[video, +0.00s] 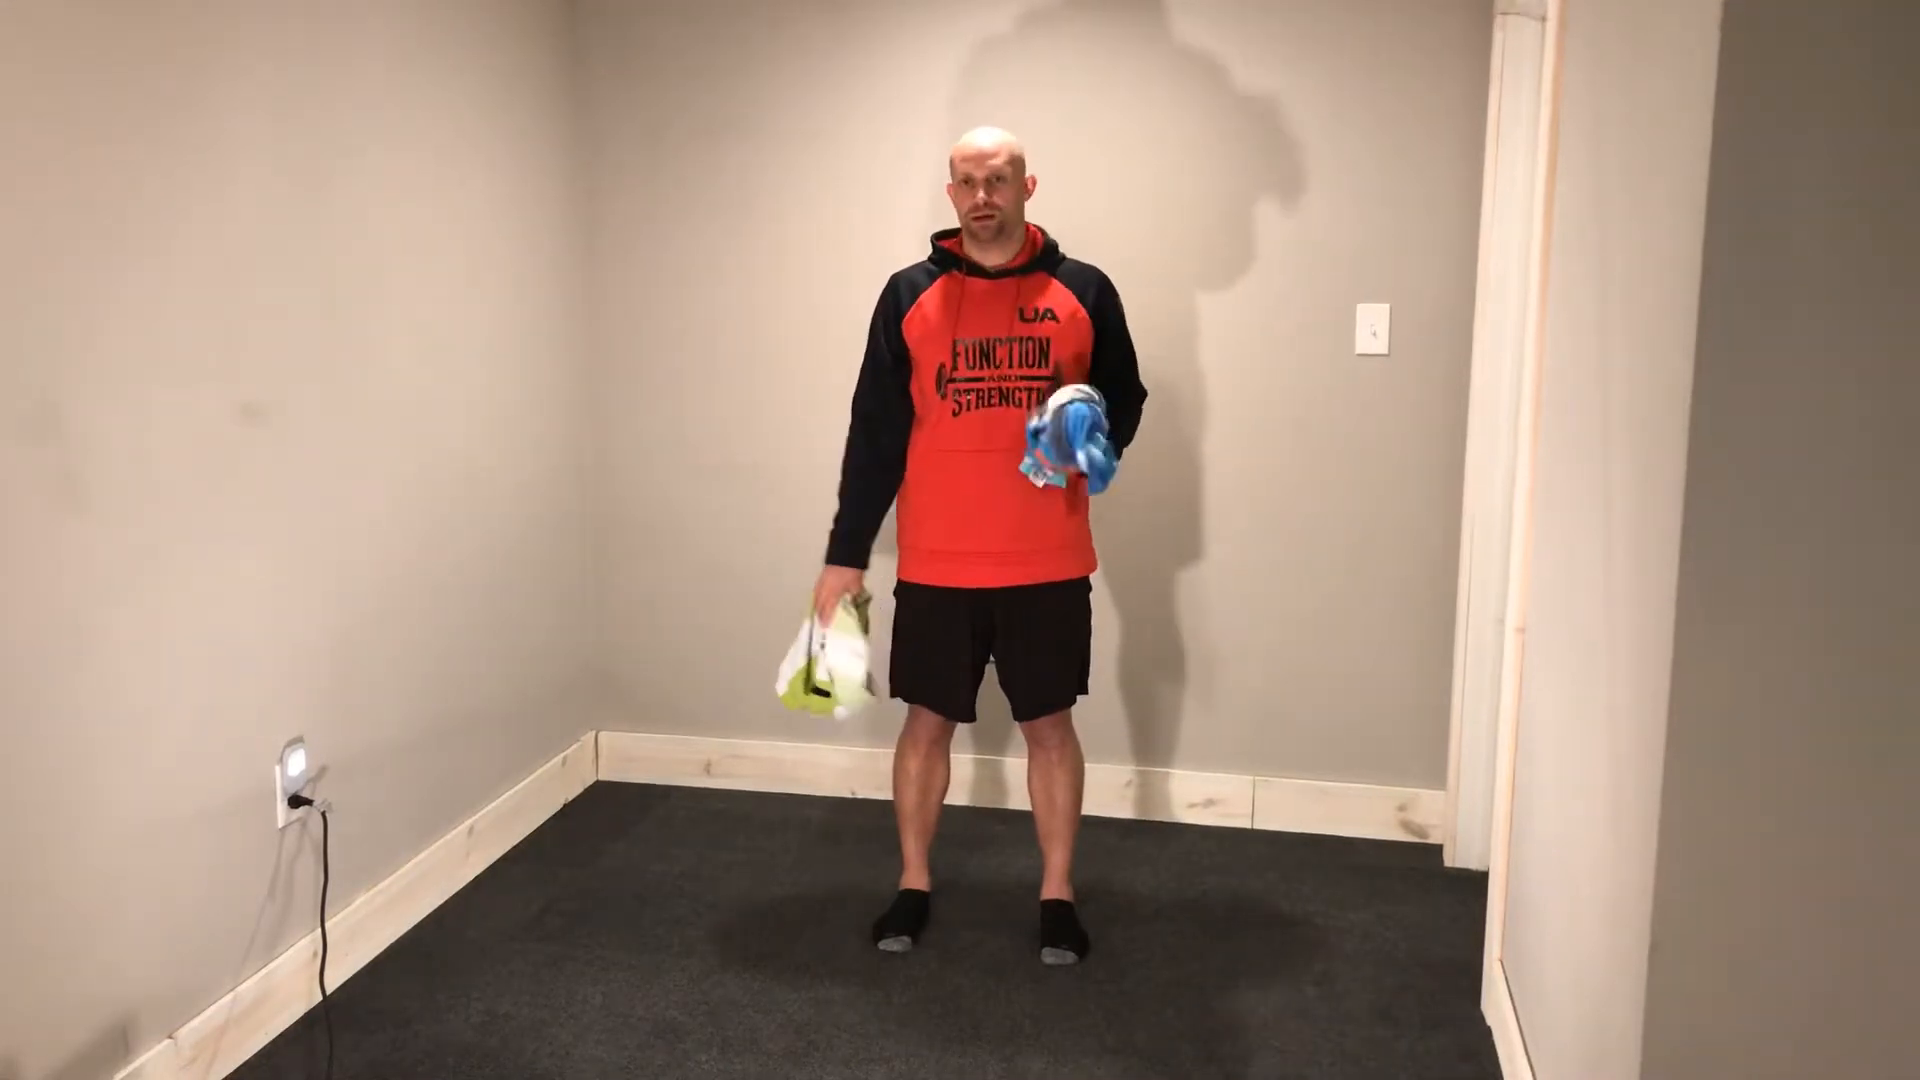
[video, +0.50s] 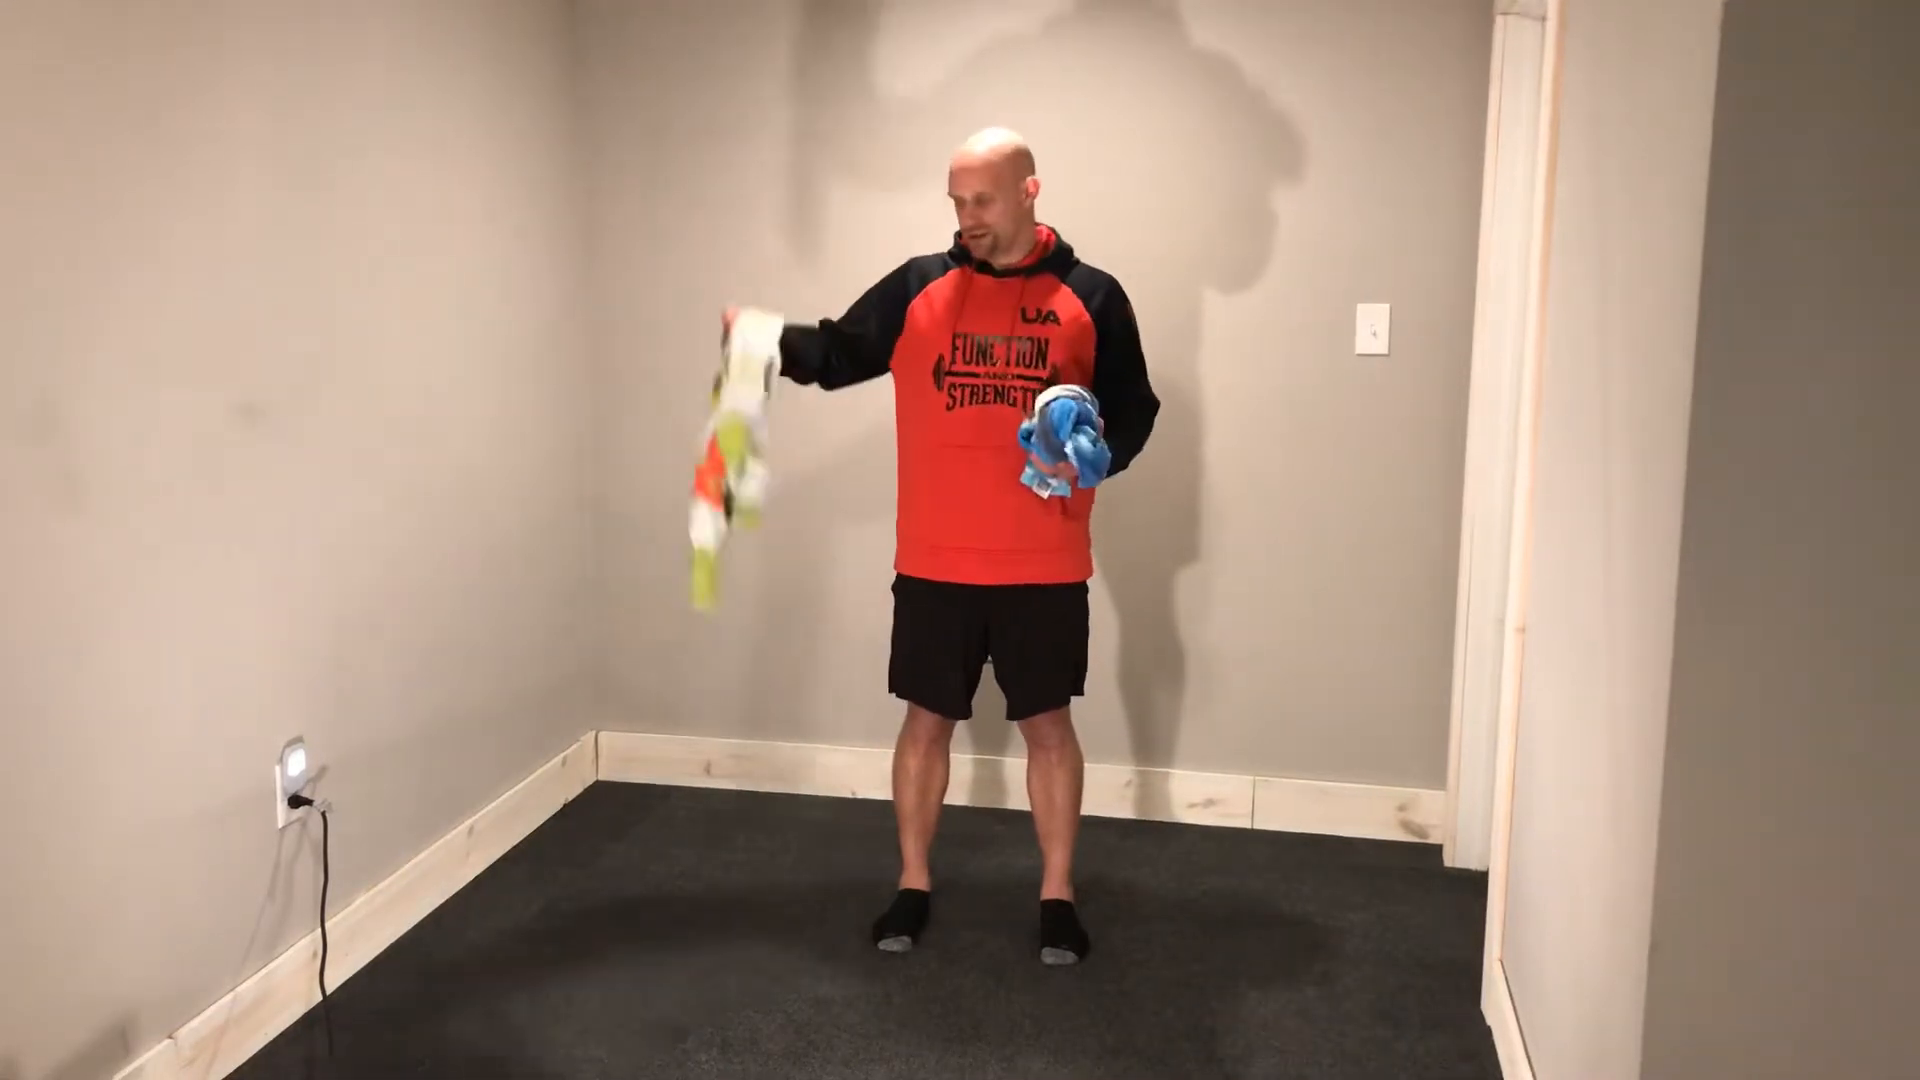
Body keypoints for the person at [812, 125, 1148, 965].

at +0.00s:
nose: (980, 196)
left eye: (996, 181)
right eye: (966, 183)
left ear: (1028, 188)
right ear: (950, 193)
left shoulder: (1084, 292)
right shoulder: (910, 296)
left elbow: (1124, 399)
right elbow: (875, 433)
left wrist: (1090, 438)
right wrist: (845, 554)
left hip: (1045, 559)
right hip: (938, 561)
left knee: (1048, 725)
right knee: (926, 720)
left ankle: (1058, 897)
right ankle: (912, 888)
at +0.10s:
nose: (983, 202)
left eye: (997, 185)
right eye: (968, 187)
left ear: (1030, 186)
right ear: (951, 193)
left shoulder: (1087, 291)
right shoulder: (911, 295)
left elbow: (1127, 398)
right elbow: (863, 416)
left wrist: (1093, 443)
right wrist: (821, 529)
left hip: (1045, 559)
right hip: (938, 560)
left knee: (1049, 723)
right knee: (927, 719)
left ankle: (1057, 898)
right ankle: (912, 887)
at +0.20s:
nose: (986, 205)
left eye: (1000, 187)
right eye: (970, 190)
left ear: (1030, 185)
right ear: (951, 194)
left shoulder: (1090, 293)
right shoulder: (913, 294)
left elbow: (1128, 403)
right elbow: (854, 402)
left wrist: (1091, 445)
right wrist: (805, 500)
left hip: (1045, 559)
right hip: (938, 558)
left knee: (1048, 723)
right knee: (927, 718)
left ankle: (1058, 898)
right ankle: (912, 887)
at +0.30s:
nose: (975, 216)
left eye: (989, 199)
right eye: (961, 201)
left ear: (1029, 186)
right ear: (948, 198)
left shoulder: (1090, 293)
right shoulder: (915, 291)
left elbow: (1130, 406)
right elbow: (850, 381)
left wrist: (1093, 444)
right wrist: (786, 440)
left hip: (1046, 558)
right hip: (938, 557)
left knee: (1048, 722)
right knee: (928, 715)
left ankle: (1057, 897)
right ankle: (912, 887)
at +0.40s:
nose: (962, 222)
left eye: (976, 206)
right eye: (953, 205)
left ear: (1026, 191)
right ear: (946, 199)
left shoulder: (1091, 296)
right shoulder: (918, 288)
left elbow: (1131, 409)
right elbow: (850, 366)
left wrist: (1091, 444)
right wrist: (778, 386)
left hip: (1043, 558)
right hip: (937, 555)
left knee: (1046, 721)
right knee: (927, 716)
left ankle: (1058, 897)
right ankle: (912, 888)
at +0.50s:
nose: (964, 221)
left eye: (979, 204)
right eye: (956, 205)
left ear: (1029, 192)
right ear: (948, 200)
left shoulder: (1092, 298)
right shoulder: (921, 286)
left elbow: (1131, 412)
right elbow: (842, 351)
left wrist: (1090, 450)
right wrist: (762, 337)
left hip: (1042, 560)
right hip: (936, 556)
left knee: (1046, 722)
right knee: (926, 716)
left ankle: (1058, 897)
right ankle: (911, 887)